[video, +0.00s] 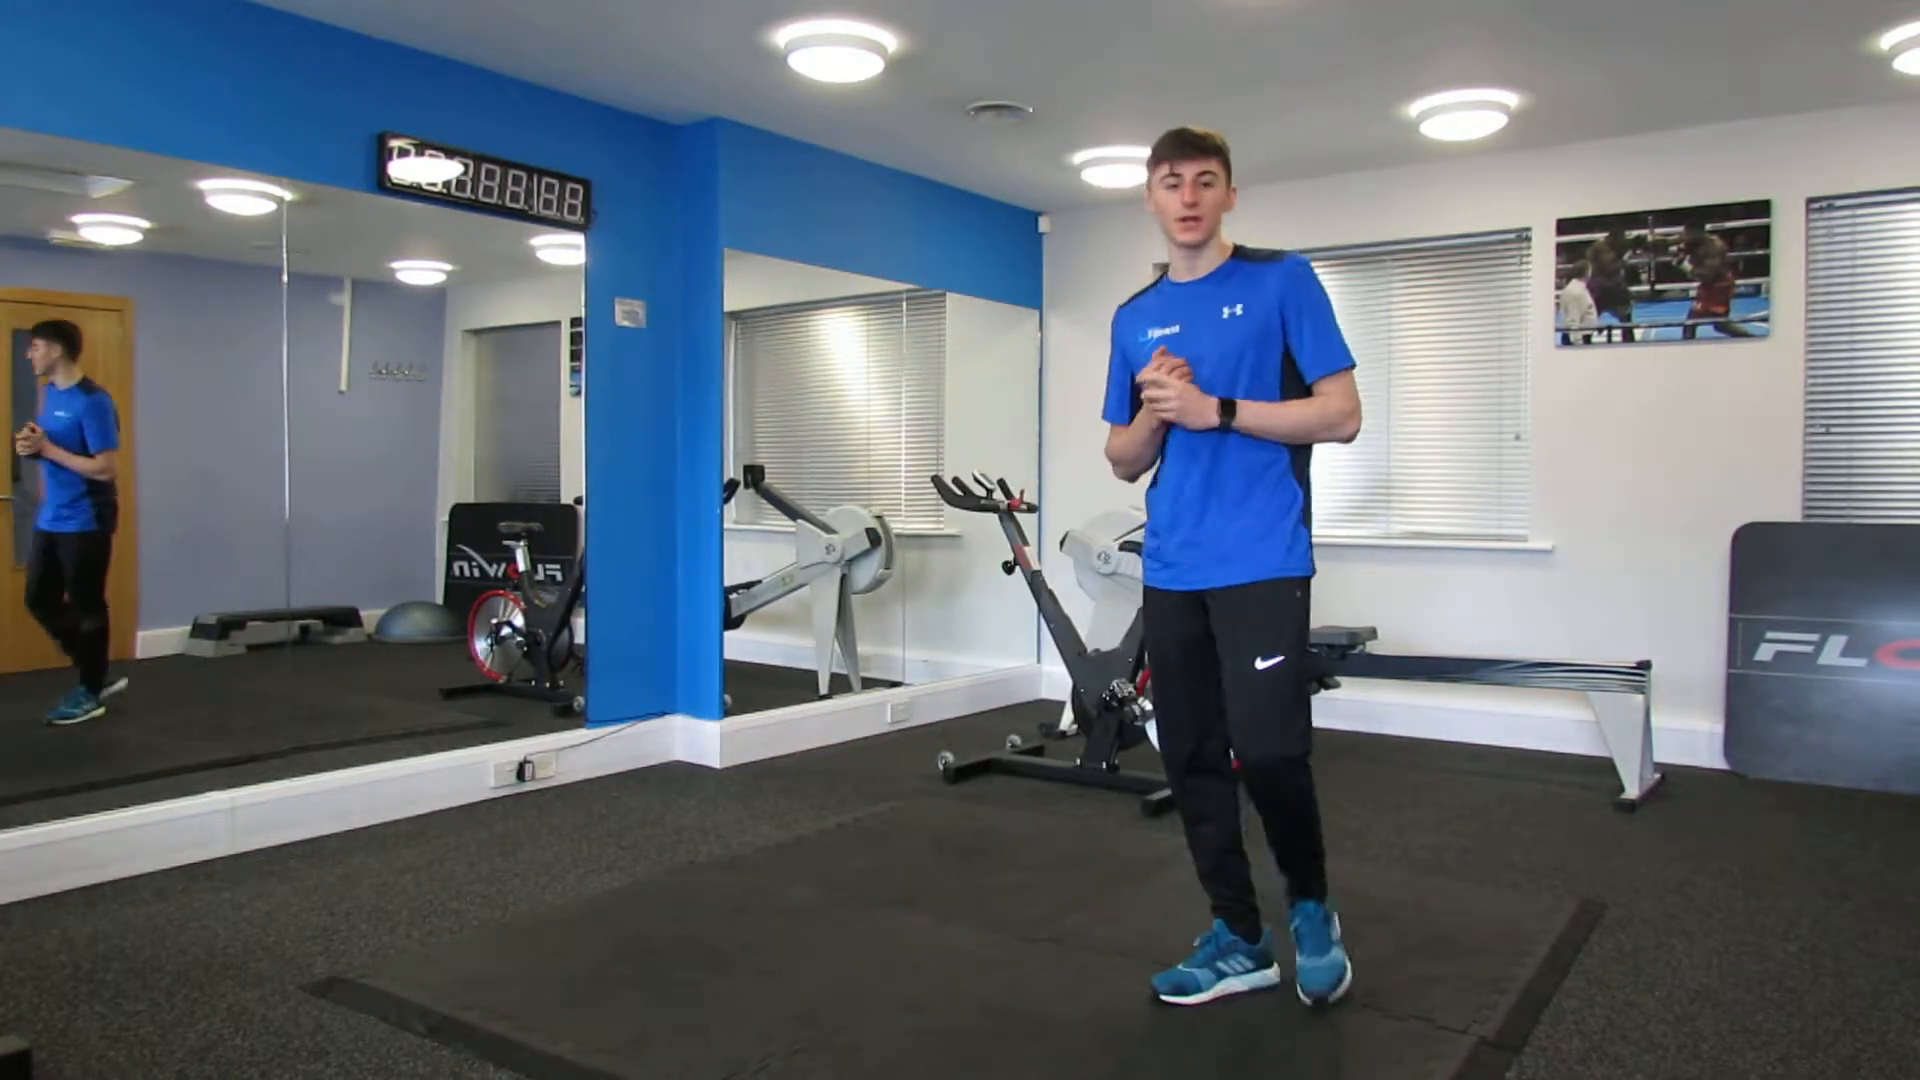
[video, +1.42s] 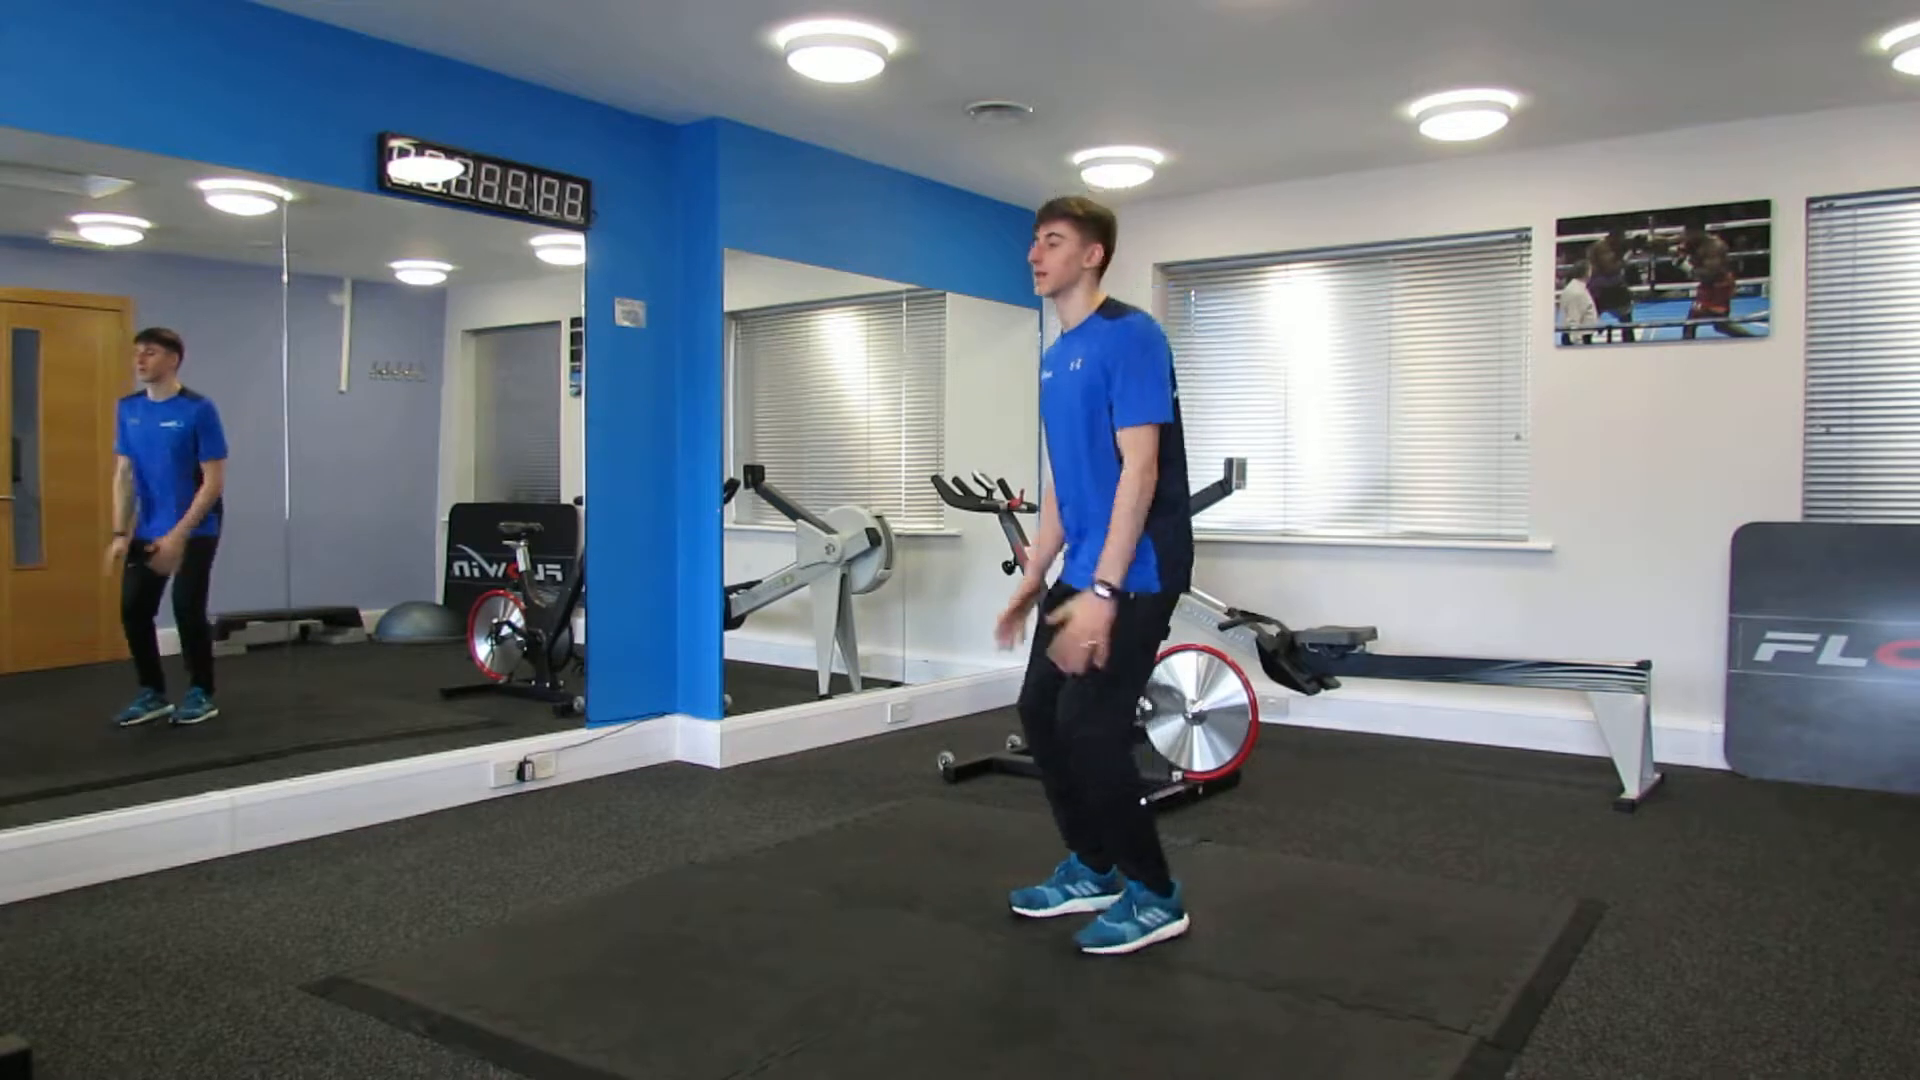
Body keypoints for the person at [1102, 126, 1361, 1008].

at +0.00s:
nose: (1187, 196)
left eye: (1203, 182)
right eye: (1171, 183)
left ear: (1230, 196)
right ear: (1150, 200)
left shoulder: (1283, 280)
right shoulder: (1133, 318)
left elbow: (1342, 412)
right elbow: (1122, 460)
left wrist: (1215, 408)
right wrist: (1154, 414)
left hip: (1262, 560)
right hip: (1171, 566)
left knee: (1268, 751)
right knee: (1194, 757)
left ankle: (1308, 911)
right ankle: (1238, 935)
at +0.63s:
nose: (1227, 226)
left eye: (1246, 215)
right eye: (1217, 210)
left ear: (1270, 230)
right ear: (1194, 219)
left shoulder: (1302, 318)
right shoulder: (1160, 316)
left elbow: (1338, 443)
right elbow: (1146, 434)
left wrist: (1229, 431)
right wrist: (1161, 416)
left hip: (1263, 564)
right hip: (1172, 552)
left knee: (1284, 725)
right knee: (1127, 697)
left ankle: (1290, 886)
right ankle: (1133, 869)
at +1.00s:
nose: (1118, 233)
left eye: (1135, 222)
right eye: (1111, 222)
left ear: (1169, 237)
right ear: (1100, 236)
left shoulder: (1200, 316)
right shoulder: (1090, 329)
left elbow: (1247, 435)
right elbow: (1086, 454)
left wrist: (1133, 427)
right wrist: (1069, 424)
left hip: (1183, 558)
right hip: (1112, 555)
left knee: (1206, 721)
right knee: (1095, 710)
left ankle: (1267, 879)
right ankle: (1096, 866)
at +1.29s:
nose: (1047, 235)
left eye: (1063, 221)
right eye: (1044, 224)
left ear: (1105, 232)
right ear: (1046, 240)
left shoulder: (1145, 310)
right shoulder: (1057, 333)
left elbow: (1175, 438)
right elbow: (1074, 444)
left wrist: (1071, 504)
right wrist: (1040, 508)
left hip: (1153, 550)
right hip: (1093, 550)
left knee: (1124, 712)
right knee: (1073, 705)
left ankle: (1158, 889)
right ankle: (1096, 867)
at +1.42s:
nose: (1035, 254)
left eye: (1052, 242)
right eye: (1034, 243)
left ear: (1095, 256)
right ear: (1044, 261)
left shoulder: (1132, 336)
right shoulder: (1057, 356)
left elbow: (1141, 471)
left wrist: (1104, 590)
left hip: (1137, 571)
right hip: (1083, 568)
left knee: (1093, 725)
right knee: (1042, 712)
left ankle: (1156, 894)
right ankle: (1095, 866)